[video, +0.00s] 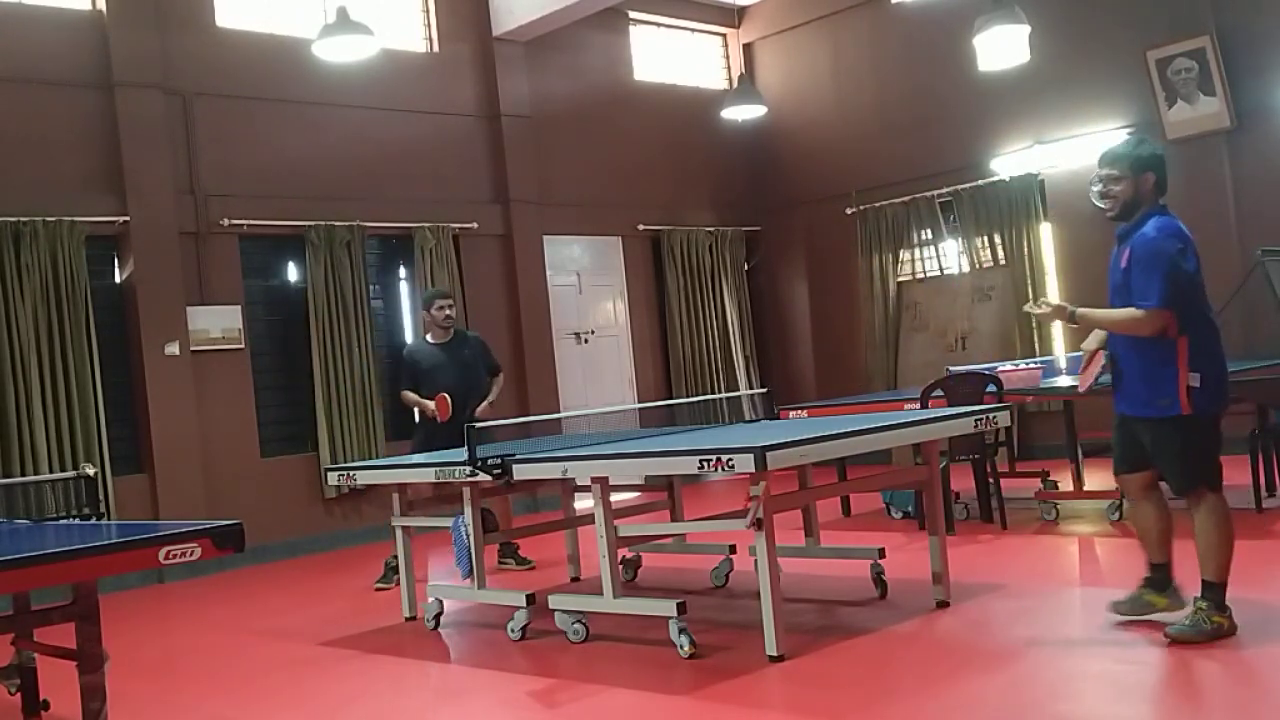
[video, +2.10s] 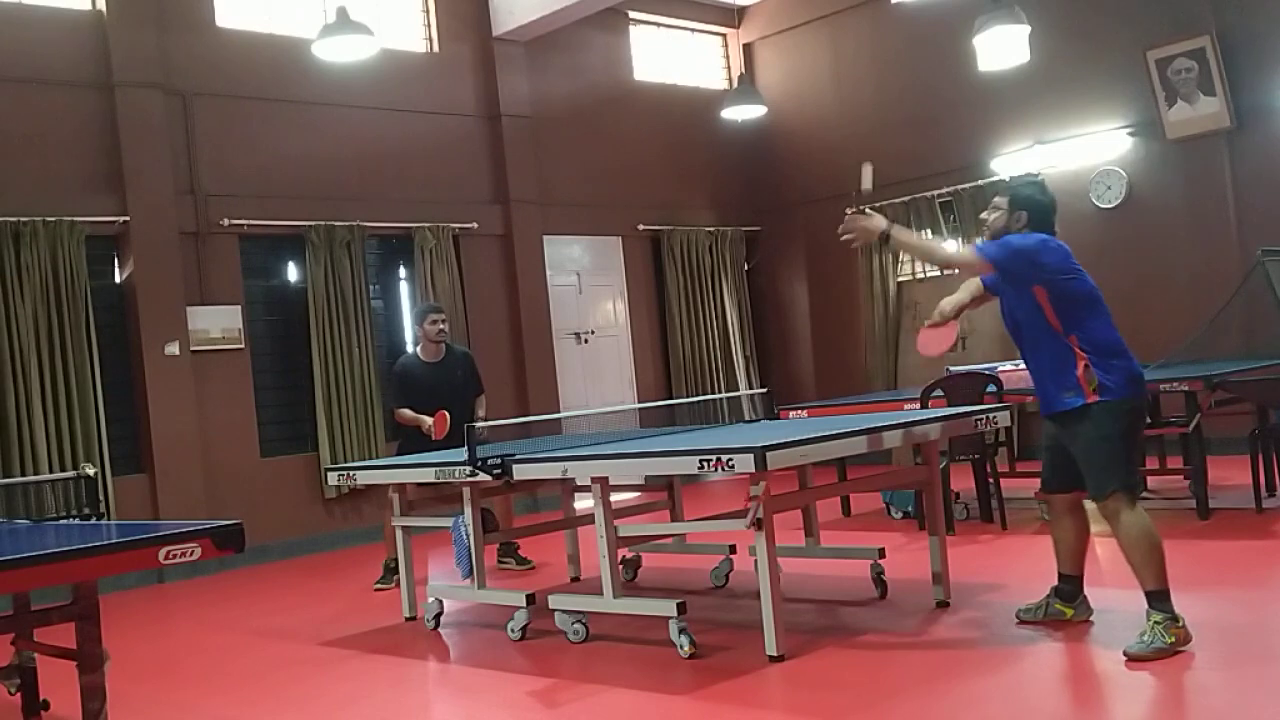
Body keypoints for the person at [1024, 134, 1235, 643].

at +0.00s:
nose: (1102, 189)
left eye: (1114, 180)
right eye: (1100, 180)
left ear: (1149, 182)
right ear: (1103, 183)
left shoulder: (1158, 237)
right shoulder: (1130, 235)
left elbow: (1155, 321)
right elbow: (1137, 308)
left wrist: (1074, 314)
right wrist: (1103, 340)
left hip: (1181, 394)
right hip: (1138, 394)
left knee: (1201, 493)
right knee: (1135, 481)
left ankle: (1214, 606)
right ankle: (1160, 586)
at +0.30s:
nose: (1057, 209)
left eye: (1067, 199)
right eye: (1051, 202)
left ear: (1101, 198)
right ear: (1051, 206)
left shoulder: (1123, 244)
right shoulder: (1074, 261)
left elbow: (1132, 319)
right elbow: (1076, 325)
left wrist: (1055, 326)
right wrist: (1057, 359)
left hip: (1159, 395)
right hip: (1116, 401)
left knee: (1164, 494)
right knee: (1128, 495)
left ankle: (1208, 603)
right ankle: (1139, 599)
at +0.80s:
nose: (1009, 251)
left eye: (1012, 239)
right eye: (1006, 242)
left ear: (1038, 230)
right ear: (1038, 234)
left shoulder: (1084, 270)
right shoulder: (1049, 277)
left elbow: (1072, 354)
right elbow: (1032, 327)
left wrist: (995, 366)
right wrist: (1019, 363)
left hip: (1140, 396)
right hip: (1095, 402)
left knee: (1136, 497)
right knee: (1082, 489)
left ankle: (1169, 618)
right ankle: (1129, 590)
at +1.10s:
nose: (982, 301)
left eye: (983, 291)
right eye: (979, 294)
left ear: (1008, 279)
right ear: (1009, 280)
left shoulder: (1051, 311)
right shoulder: (1034, 305)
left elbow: (1020, 394)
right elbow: (1012, 351)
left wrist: (950, 398)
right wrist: (1005, 385)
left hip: (1142, 402)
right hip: (1101, 410)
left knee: (1117, 500)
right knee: (1070, 495)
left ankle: (1167, 622)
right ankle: (1071, 597)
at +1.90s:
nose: (967, 263)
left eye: (971, 255)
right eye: (967, 255)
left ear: (996, 254)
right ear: (1000, 255)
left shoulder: (1021, 291)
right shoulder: (1013, 290)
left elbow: (965, 353)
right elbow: (983, 343)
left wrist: (900, 376)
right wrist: (981, 372)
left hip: (1109, 406)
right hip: (1070, 412)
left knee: (1106, 503)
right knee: (1051, 494)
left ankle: (1165, 621)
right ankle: (1068, 598)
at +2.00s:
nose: (971, 229)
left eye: (980, 221)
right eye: (973, 221)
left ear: (1007, 226)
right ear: (1010, 228)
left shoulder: (1025, 262)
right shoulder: (1012, 266)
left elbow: (951, 302)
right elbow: (972, 307)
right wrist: (959, 341)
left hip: (1106, 398)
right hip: (1074, 404)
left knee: (1114, 500)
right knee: (1061, 494)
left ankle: (1164, 619)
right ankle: (1069, 597)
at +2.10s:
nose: (984, 218)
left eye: (993, 210)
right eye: (987, 210)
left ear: (1020, 218)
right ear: (1017, 221)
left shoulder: (1037, 249)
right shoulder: (1014, 261)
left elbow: (949, 257)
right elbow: (975, 290)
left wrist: (884, 229)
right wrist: (948, 307)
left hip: (1104, 397)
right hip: (1067, 403)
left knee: (1116, 502)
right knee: (1060, 497)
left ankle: (1165, 619)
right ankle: (1069, 597)